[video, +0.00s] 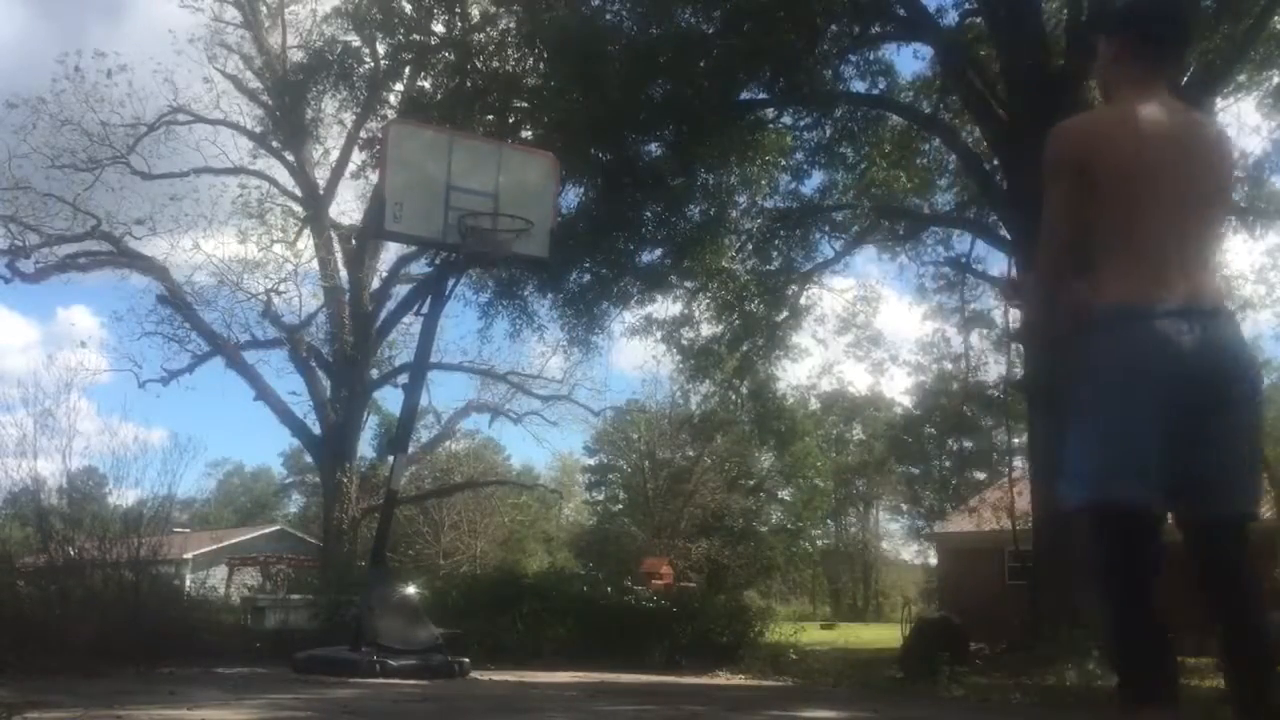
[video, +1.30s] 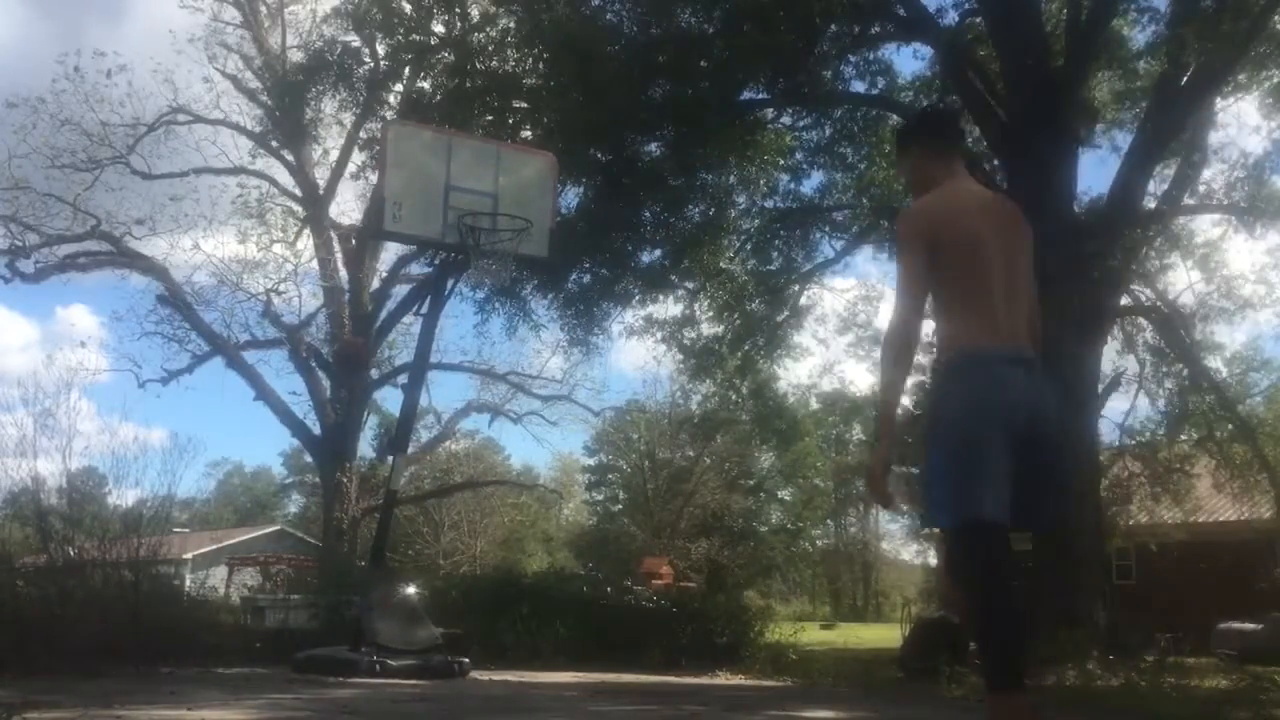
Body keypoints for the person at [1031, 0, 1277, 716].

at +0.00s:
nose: (1094, 63)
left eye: (1097, 50)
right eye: (1097, 52)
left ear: (1116, 51)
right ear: (1177, 55)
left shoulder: (1077, 137)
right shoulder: (1215, 141)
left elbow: (1053, 261)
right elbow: (1198, 238)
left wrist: (1044, 331)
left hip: (1122, 347)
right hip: (1215, 341)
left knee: (1124, 547)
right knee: (1226, 544)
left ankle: (1149, 700)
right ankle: (1256, 702)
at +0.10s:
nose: (1112, 68)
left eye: (1116, 56)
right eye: (1117, 56)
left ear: (1127, 56)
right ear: (1188, 60)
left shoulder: (1091, 144)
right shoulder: (1233, 147)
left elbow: (1072, 269)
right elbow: (1225, 247)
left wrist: (1061, 348)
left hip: (1139, 350)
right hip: (1233, 345)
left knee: (1119, 539)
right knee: (1243, 543)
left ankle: (1137, 696)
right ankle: (1258, 701)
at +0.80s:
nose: (1038, 153)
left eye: (1040, 141)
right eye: (1041, 141)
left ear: (1052, 136)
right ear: (1101, 132)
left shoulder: (1047, 191)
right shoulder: (1165, 194)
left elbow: (1058, 303)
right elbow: (1192, 306)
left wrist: (1065, 424)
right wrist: (1183, 380)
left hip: (1103, 378)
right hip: (1185, 377)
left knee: (1068, 551)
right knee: (1203, 552)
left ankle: (1046, 698)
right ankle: (1243, 703)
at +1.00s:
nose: (972, 178)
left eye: (974, 164)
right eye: (969, 165)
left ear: (998, 155)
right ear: (1040, 153)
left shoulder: (992, 203)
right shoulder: (1096, 206)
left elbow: (997, 316)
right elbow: (1106, 305)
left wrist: (1001, 423)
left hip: (1040, 374)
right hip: (1116, 372)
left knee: (1036, 547)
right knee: (1127, 546)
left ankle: (1025, 693)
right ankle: (1197, 685)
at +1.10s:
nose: (941, 170)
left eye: (943, 157)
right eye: (939, 158)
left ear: (964, 151)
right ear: (1001, 145)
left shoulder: (964, 206)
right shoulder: (1060, 202)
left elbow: (965, 321)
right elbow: (1072, 312)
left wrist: (959, 433)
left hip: (1015, 383)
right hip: (1083, 381)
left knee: (1014, 555)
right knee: (1074, 559)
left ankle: (1018, 701)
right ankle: (1152, 675)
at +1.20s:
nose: (922, 176)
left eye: (923, 164)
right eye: (920, 164)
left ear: (941, 156)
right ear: (981, 150)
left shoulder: (943, 209)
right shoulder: (1037, 209)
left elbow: (935, 312)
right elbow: (1046, 307)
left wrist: (921, 398)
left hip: (991, 379)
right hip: (1053, 379)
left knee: (997, 539)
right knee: (1046, 533)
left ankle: (1011, 690)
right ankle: (1080, 662)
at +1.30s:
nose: (904, 179)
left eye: (905, 168)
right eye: (904, 168)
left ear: (919, 159)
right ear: (957, 155)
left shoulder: (922, 214)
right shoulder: (1011, 213)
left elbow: (906, 326)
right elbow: (1027, 314)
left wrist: (884, 435)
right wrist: (1024, 378)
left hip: (967, 385)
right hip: (1027, 384)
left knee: (976, 541)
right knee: (990, 532)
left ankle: (1007, 694)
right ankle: (1010, 681)